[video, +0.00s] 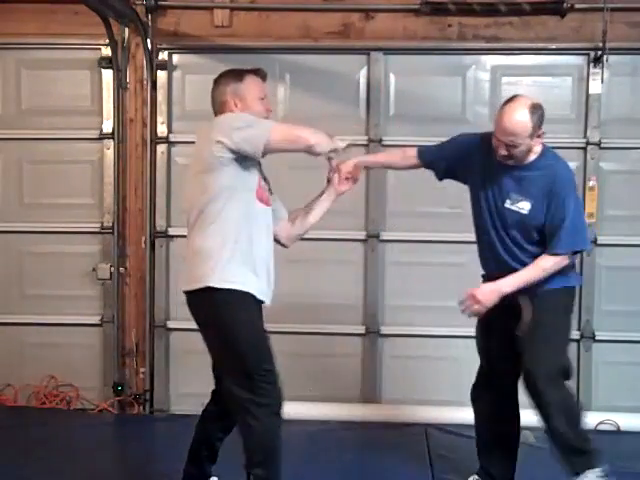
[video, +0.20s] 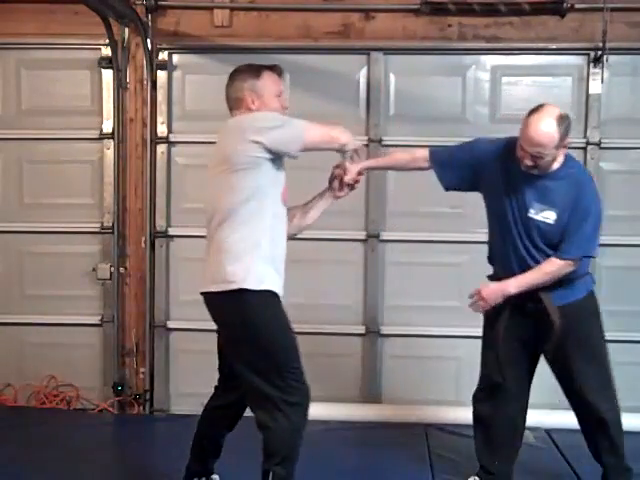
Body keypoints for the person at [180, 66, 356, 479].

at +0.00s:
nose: (269, 108)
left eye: (268, 101)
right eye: (261, 99)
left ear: (233, 102)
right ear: (233, 101)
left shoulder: (248, 170)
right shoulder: (225, 127)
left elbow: (287, 232)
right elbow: (310, 139)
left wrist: (331, 191)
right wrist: (328, 146)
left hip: (235, 288)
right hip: (221, 284)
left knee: (231, 395)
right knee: (262, 397)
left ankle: (196, 474)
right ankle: (264, 476)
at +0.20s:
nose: (284, 103)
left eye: (283, 96)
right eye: (278, 95)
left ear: (245, 103)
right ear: (249, 98)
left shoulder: (237, 142)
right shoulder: (253, 125)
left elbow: (283, 225)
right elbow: (340, 137)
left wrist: (331, 193)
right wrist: (352, 146)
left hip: (230, 285)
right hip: (247, 285)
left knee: (234, 388)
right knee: (289, 396)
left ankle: (198, 473)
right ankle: (278, 476)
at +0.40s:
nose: (306, 100)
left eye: (304, 91)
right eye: (299, 91)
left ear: (267, 99)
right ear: (270, 96)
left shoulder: (258, 137)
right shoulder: (275, 127)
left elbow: (302, 221)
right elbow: (360, 151)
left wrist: (346, 176)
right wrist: (374, 154)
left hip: (251, 283)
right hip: (267, 284)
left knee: (278, 382)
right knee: (303, 393)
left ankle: (231, 443)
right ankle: (284, 475)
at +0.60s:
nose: (330, 103)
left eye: (328, 94)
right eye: (322, 95)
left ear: (295, 102)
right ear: (293, 101)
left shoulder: (293, 142)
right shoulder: (288, 145)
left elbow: (317, 197)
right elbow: (323, 216)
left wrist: (355, 177)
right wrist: (369, 185)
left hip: (293, 284)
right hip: (290, 287)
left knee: (312, 387)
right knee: (321, 391)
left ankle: (320, 466)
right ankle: (299, 472)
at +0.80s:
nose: (340, 107)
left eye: (340, 99)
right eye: (332, 100)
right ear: (302, 105)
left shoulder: (332, 152)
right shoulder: (285, 156)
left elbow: (372, 210)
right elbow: (296, 231)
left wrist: (373, 180)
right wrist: (351, 196)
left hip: (340, 283)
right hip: (306, 283)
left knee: (349, 379)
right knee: (324, 382)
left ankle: (327, 465)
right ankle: (301, 472)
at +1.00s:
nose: (347, 107)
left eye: (349, 100)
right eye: (338, 100)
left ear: (348, 103)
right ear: (309, 102)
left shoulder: (360, 150)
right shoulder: (289, 154)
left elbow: (387, 211)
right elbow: (278, 230)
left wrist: (373, 199)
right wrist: (341, 216)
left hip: (351, 279)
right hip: (310, 276)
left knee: (348, 377)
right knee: (320, 376)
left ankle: (328, 463)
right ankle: (303, 469)